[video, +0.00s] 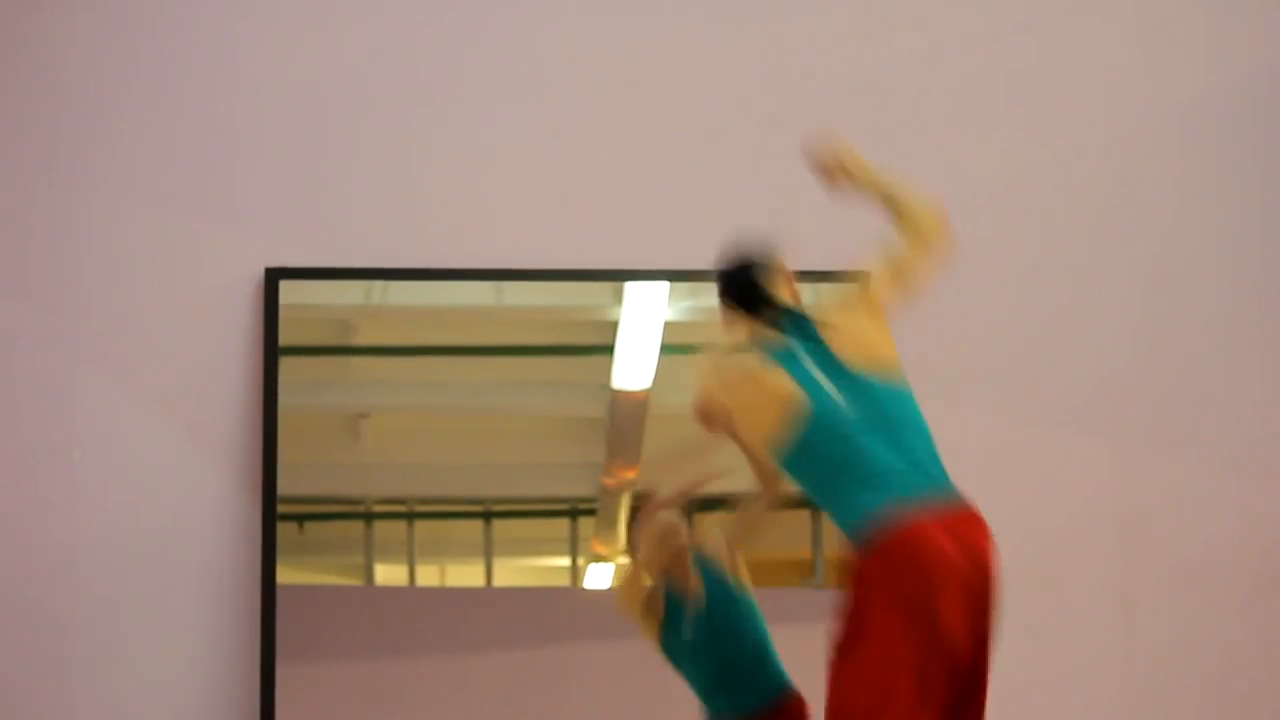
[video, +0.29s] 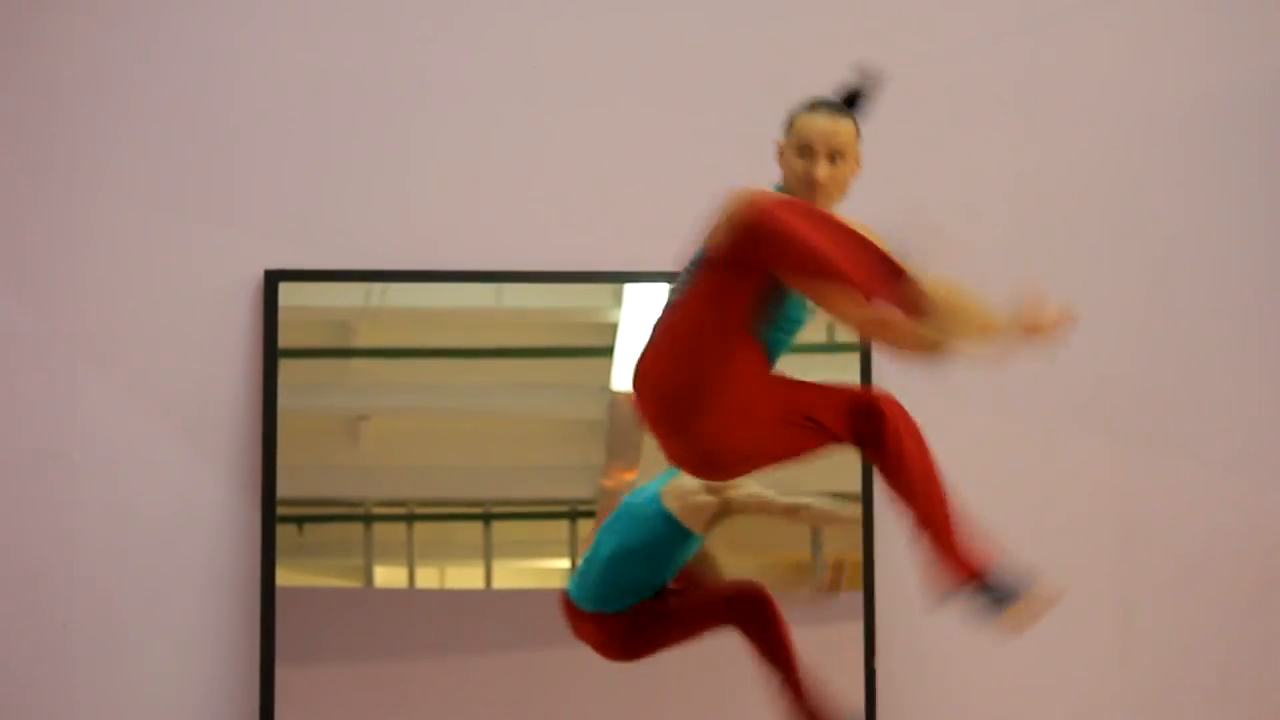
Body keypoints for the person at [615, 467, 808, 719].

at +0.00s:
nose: (672, 535)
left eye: (677, 527)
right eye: (661, 531)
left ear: (688, 531)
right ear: (640, 543)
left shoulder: (722, 555)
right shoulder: (654, 606)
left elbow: (771, 486)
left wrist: (735, 430)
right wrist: (662, 506)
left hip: (781, 706)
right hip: (727, 714)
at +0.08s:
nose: (692, 458)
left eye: (689, 450)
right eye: (684, 449)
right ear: (663, 455)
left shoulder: (681, 493)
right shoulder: (648, 507)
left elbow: (740, 447)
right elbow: (726, 505)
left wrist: (744, 387)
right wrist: (780, 486)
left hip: (737, 653)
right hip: (695, 673)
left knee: (788, 711)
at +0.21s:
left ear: (670, 414)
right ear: (694, 416)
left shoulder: (655, 467)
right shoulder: (676, 473)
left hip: (651, 607)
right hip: (630, 635)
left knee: (753, 591)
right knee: (755, 684)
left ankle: (813, 707)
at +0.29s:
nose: (743, 468)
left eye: (742, 458)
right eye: (740, 460)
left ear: (696, 452)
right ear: (725, 461)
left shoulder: (664, 481)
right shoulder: (712, 492)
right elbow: (793, 508)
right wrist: (863, 514)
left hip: (578, 603)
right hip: (615, 630)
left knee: (700, 567)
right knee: (748, 599)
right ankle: (804, 706)